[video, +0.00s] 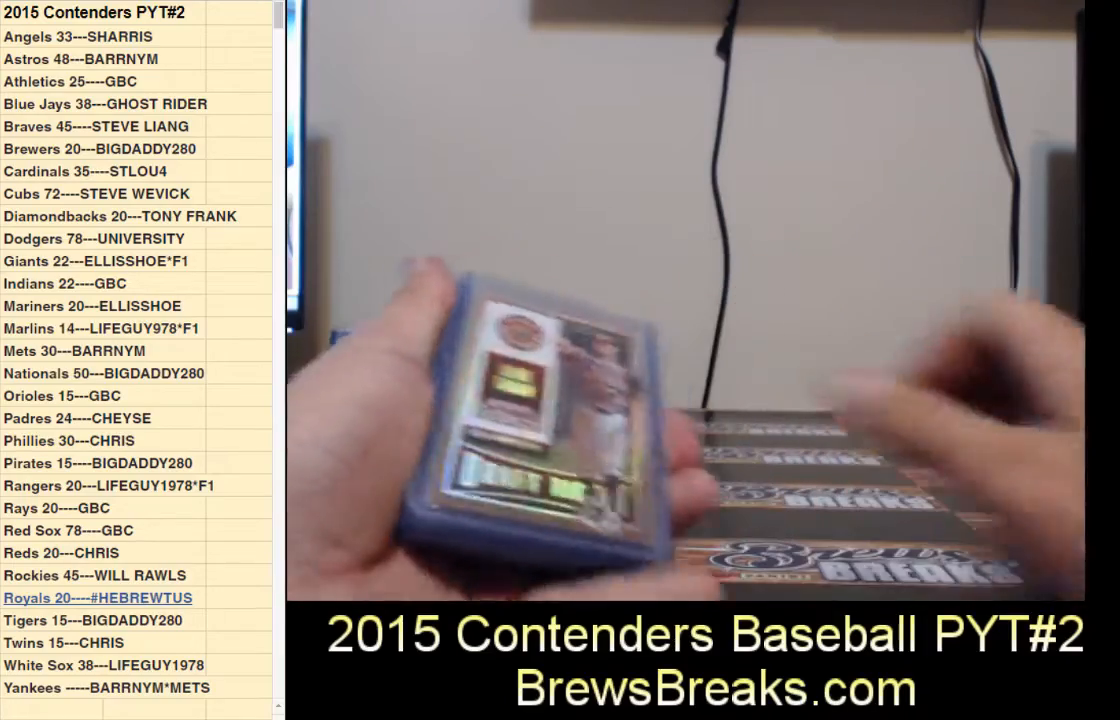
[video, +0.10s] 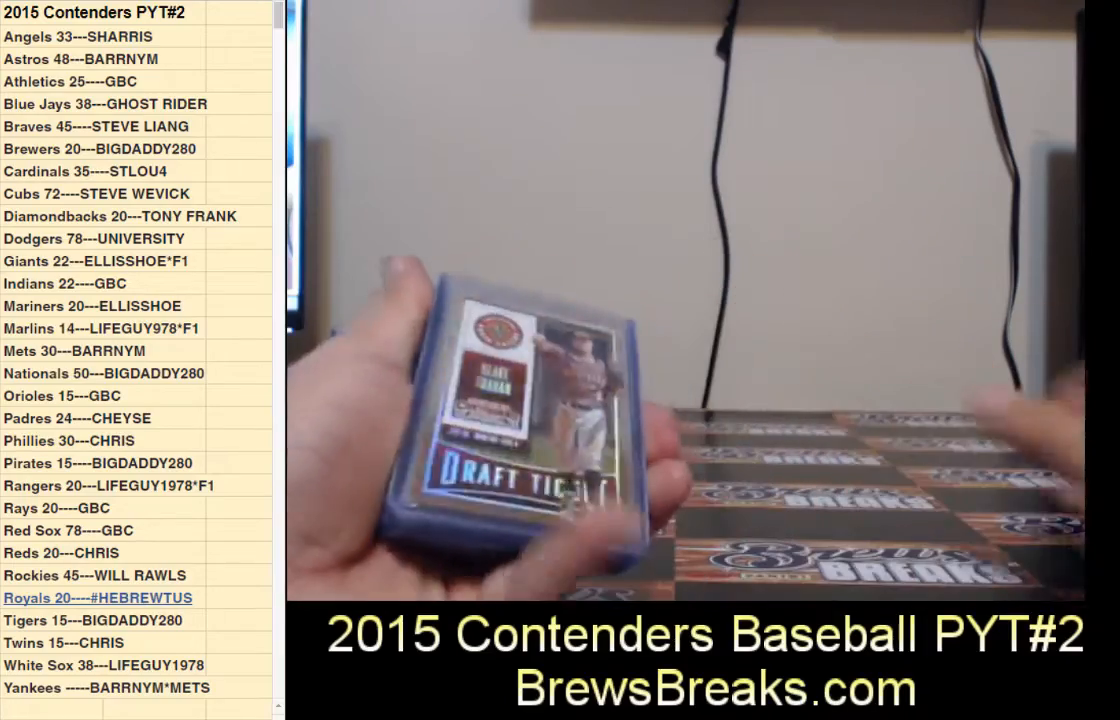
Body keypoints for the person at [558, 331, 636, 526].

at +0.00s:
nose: (604, 348)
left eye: (608, 344)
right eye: (600, 344)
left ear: (616, 348)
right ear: (593, 346)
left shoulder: (620, 371)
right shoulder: (590, 365)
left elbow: (626, 391)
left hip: (616, 417)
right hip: (590, 414)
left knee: (613, 463)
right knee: (589, 458)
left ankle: (613, 509)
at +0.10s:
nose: (582, 343)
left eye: (586, 340)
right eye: (578, 339)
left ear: (592, 343)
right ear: (572, 342)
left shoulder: (600, 366)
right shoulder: (566, 359)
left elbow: (616, 384)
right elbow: (554, 351)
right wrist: (543, 344)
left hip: (595, 411)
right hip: (570, 410)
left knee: (593, 460)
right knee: (567, 457)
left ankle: (595, 505)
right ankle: (572, 502)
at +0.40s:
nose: (574, 319)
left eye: (578, 315)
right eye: (570, 315)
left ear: (586, 319)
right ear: (565, 318)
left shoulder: (596, 342)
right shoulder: (559, 337)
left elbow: (609, 361)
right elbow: (543, 330)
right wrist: (534, 323)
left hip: (593, 392)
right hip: (567, 392)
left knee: (594, 440)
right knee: (568, 438)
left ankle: (599, 484)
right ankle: (572, 482)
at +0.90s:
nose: (580, 300)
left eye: (584, 295)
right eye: (576, 295)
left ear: (592, 298)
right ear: (570, 298)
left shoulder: (602, 325)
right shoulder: (565, 320)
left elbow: (623, 337)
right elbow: (553, 312)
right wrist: (542, 307)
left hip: (596, 376)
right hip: (570, 376)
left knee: (594, 426)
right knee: (567, 426)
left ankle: (597, 472)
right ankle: (571, 471)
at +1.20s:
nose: (592, 280)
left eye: (597, 275)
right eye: (588, 275)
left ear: (604, 278)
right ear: (582, 277)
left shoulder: (616, 304)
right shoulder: (569, 300)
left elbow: (637, 331)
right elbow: (548, 294)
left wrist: (635, 318)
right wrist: (551, 292)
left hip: (608, 362)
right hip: (580, 362)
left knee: (608, 418)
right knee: (579, 417)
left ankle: (611, 469)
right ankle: (586, 463)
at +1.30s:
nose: (594, 274)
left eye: (599, 266)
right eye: (589, 267)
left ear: (608, 269)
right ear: (584, 269)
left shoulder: (621, 297)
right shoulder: (576, 300)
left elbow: (632, 324)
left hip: (609, 354)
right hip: (581, 355)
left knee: (608, 409)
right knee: (581, 406)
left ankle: (612, 467)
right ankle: (586, 459)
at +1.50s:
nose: (601, 260)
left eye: (608, 256)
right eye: (596, 255)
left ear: (615, 258)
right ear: (590, 255)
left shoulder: (624, 274)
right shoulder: (572, 273)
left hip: (616, 345)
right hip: (584, 345)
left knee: (612, 409)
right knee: (582, 409)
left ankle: (614, 470)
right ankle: (587, 467)